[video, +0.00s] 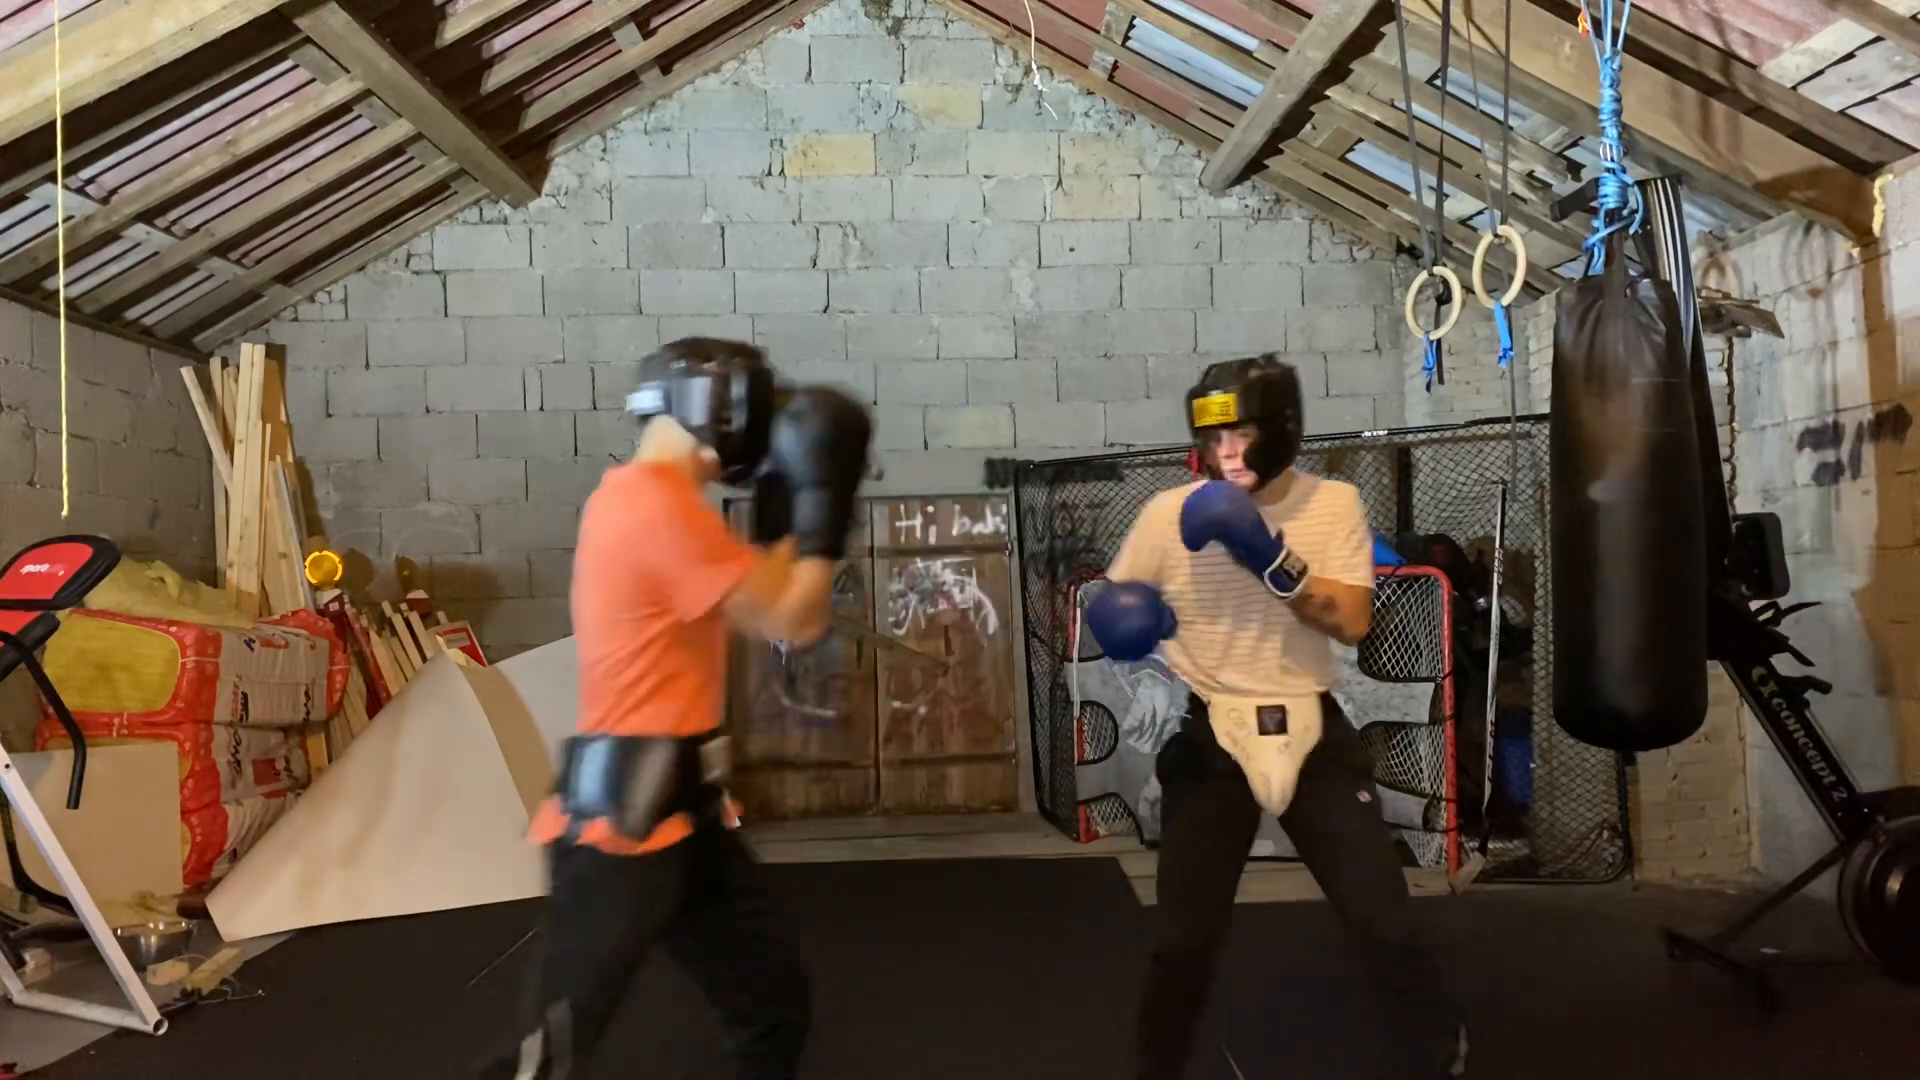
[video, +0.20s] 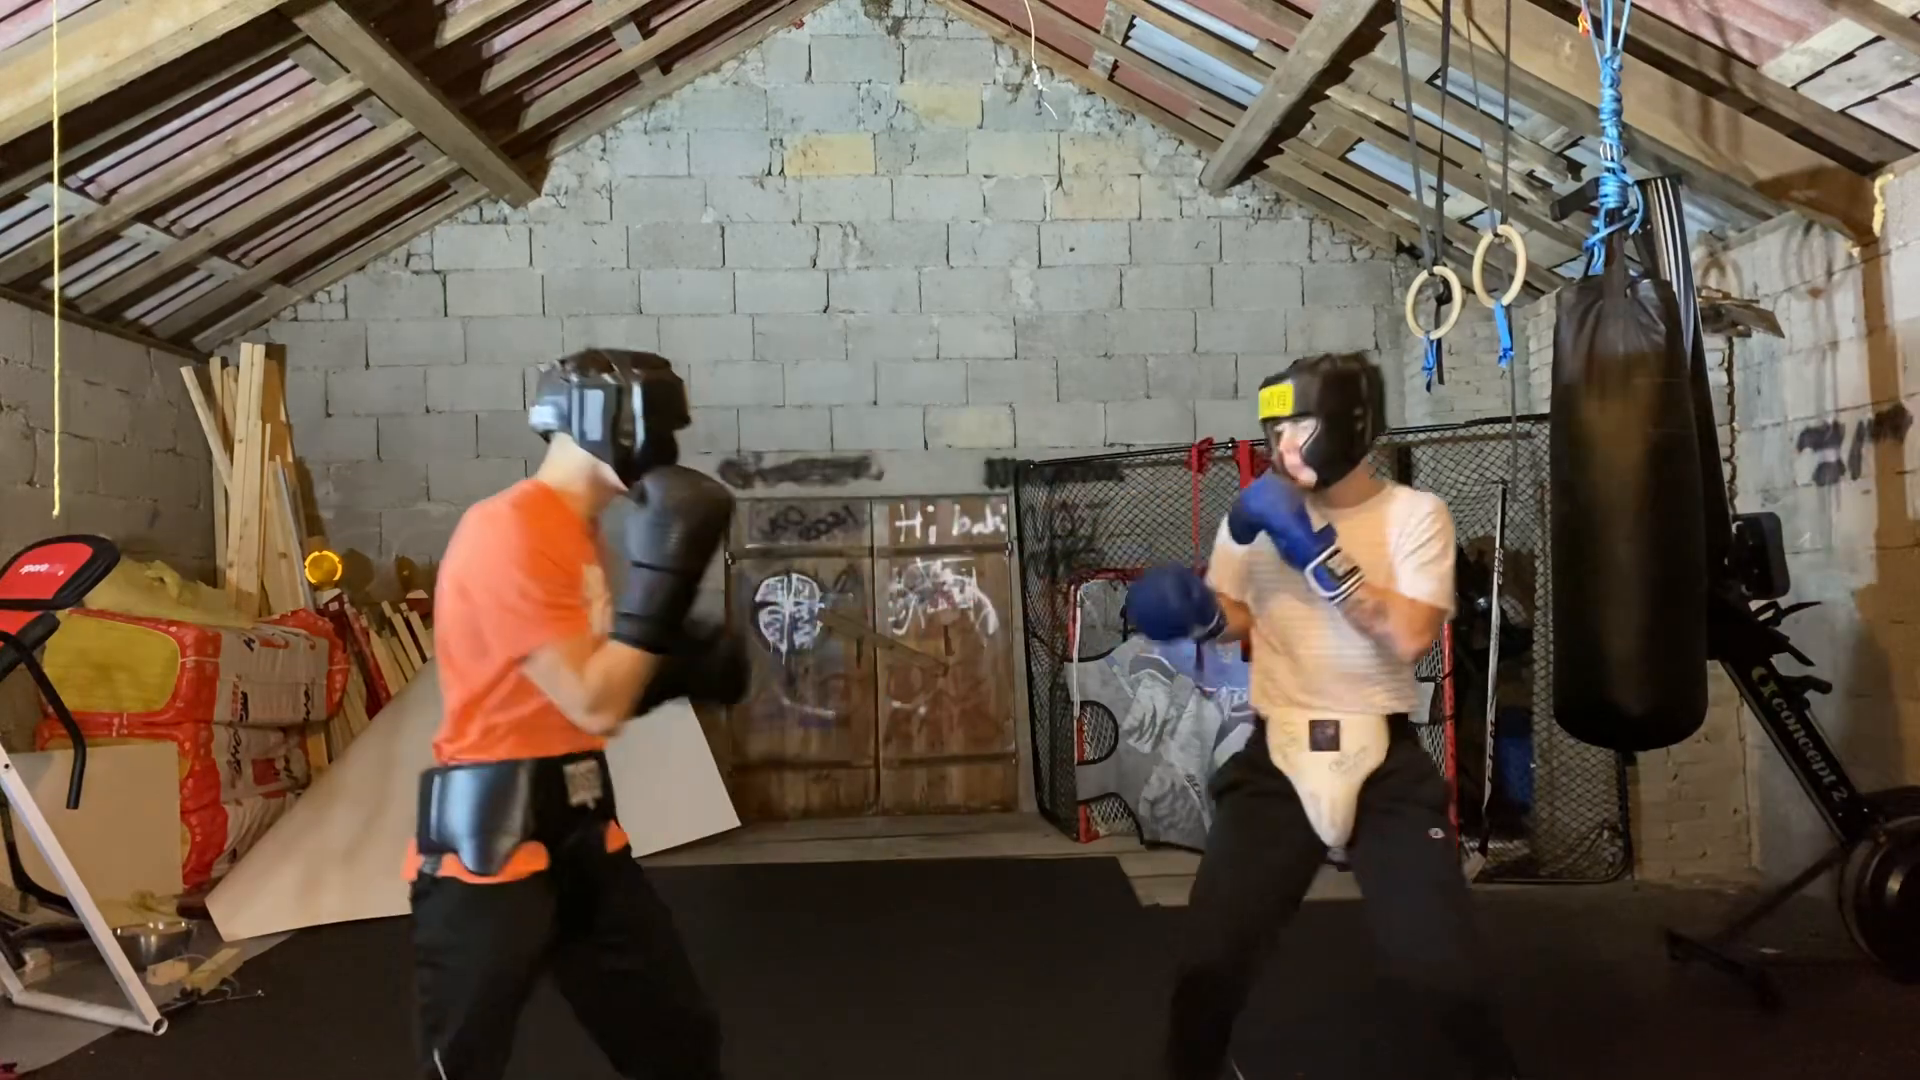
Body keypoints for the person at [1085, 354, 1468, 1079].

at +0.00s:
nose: (1230, 451)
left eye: (1244, 432)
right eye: (1216, 434)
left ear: (1282, 433)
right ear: (1201, 441)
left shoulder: (1331, 503)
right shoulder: (1169, 513)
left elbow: (1354, 620)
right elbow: (1114, 614)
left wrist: (1270, 555)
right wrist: (1114, 620)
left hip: (1315, 733)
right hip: (1209, 737)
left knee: (1383, 922)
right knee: (1184, 936)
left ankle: (1436, 1054)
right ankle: (1156, 1068)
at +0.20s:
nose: (1280, 446)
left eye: (1296, 427)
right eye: (1275, 428)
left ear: (1348, 430)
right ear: (1273, 436)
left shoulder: (1416, 517)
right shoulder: (1255, 517)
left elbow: (1413, 635)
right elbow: (1238, 617)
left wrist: (1313, 548)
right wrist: (1199, 615)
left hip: (1388, 766)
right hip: (1274, 768)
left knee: (1443, 969)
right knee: (1207, 964)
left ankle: (1487, 1071)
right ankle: (1195, 1070)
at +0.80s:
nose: (1167, 421)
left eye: (1178, 396)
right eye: (1163, 402)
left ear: (1245, 391)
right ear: (1232, 397)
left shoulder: (1349, 472)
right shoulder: (1200, 507)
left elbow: (1340, 593)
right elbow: (1196, 624)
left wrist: (1209, 509)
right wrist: (1110, 612)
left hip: (1354, 777)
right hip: (1233, 780)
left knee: (1419, 1009)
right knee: (1201, 1012)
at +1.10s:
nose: (1123, 395)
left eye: (1133, 372)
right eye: (1122, 374)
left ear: (1188, 368)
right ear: (1201, 370)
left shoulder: (1307, 465)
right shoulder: (1157, 482)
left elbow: (1280, 612)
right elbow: (1107, 573)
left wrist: (1166, 528)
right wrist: (1007, 537)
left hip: (1295, 772)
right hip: (1187, 773)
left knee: (1308, 1032)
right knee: (1184, 1025)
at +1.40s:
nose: (1086, 396)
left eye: (1093, 371)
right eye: (1084, 374)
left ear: (1134, 370)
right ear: (1179, 366)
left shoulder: (1263, 486)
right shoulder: (1146, 494)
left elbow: (1194, 638)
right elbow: (1147, 603)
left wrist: (1097, 542)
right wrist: (1054, 552)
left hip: (1248, 821)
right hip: (1152, 812)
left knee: (1260, 1062)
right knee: (1056, 1028)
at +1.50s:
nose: (1048, 371)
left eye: (1055, 347)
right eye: (1047, 350)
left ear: (1089, 348)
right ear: (1146, 347)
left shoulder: (1204, 463)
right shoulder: (1124, 485)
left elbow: (1127, 618)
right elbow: (1102, 602)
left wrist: (1040, 513)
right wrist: (1026, 504)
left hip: (1213, 801)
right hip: (1127, 799)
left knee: (1252, 1054)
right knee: (1077, 1040)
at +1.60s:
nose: (1010, 399)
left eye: (1015, 376)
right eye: (1011, 378)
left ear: (1050, 376)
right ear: (1103, 375)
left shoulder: (1153, 489)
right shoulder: (1091, 499)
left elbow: (1056, 638)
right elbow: (1062, 567)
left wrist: (988, 533)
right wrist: (1003, 495)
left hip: (1178, 837)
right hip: (1099, 832)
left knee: (1203, 1061)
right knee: (1028, 1034)